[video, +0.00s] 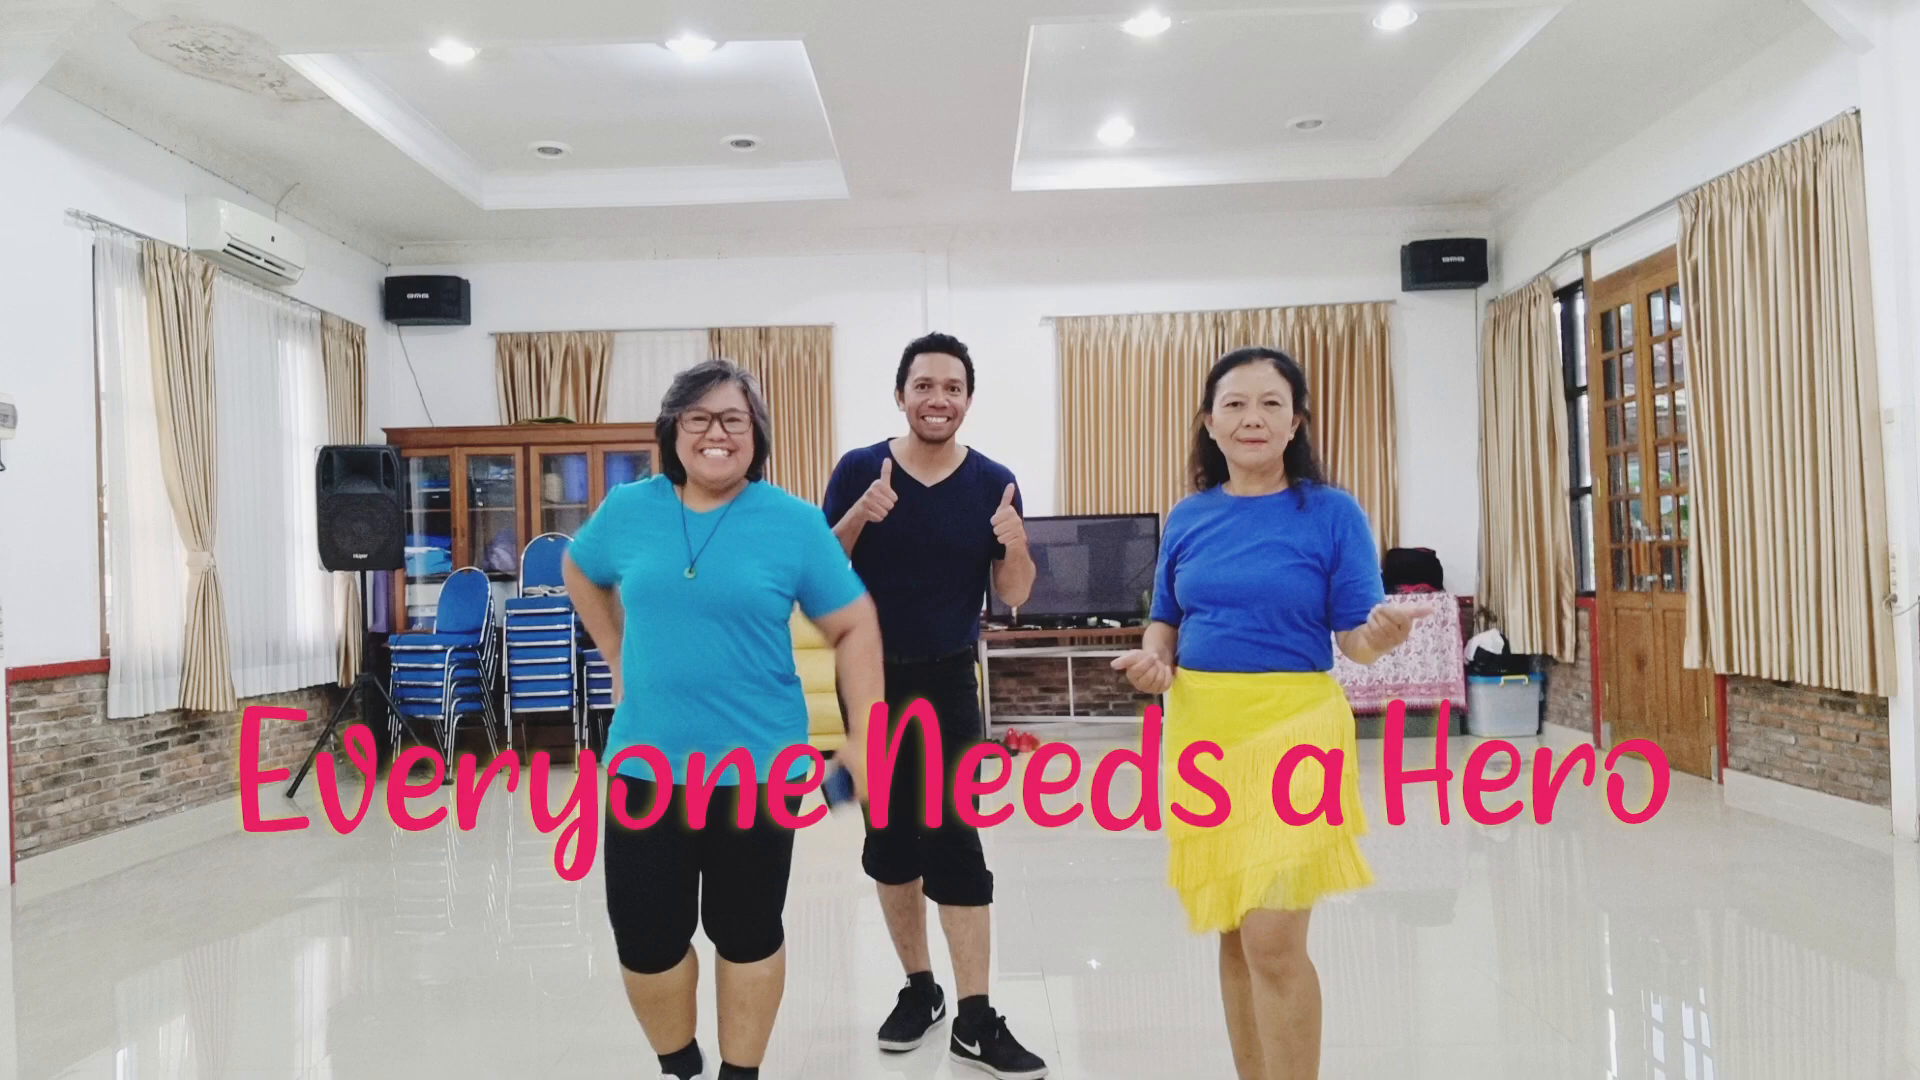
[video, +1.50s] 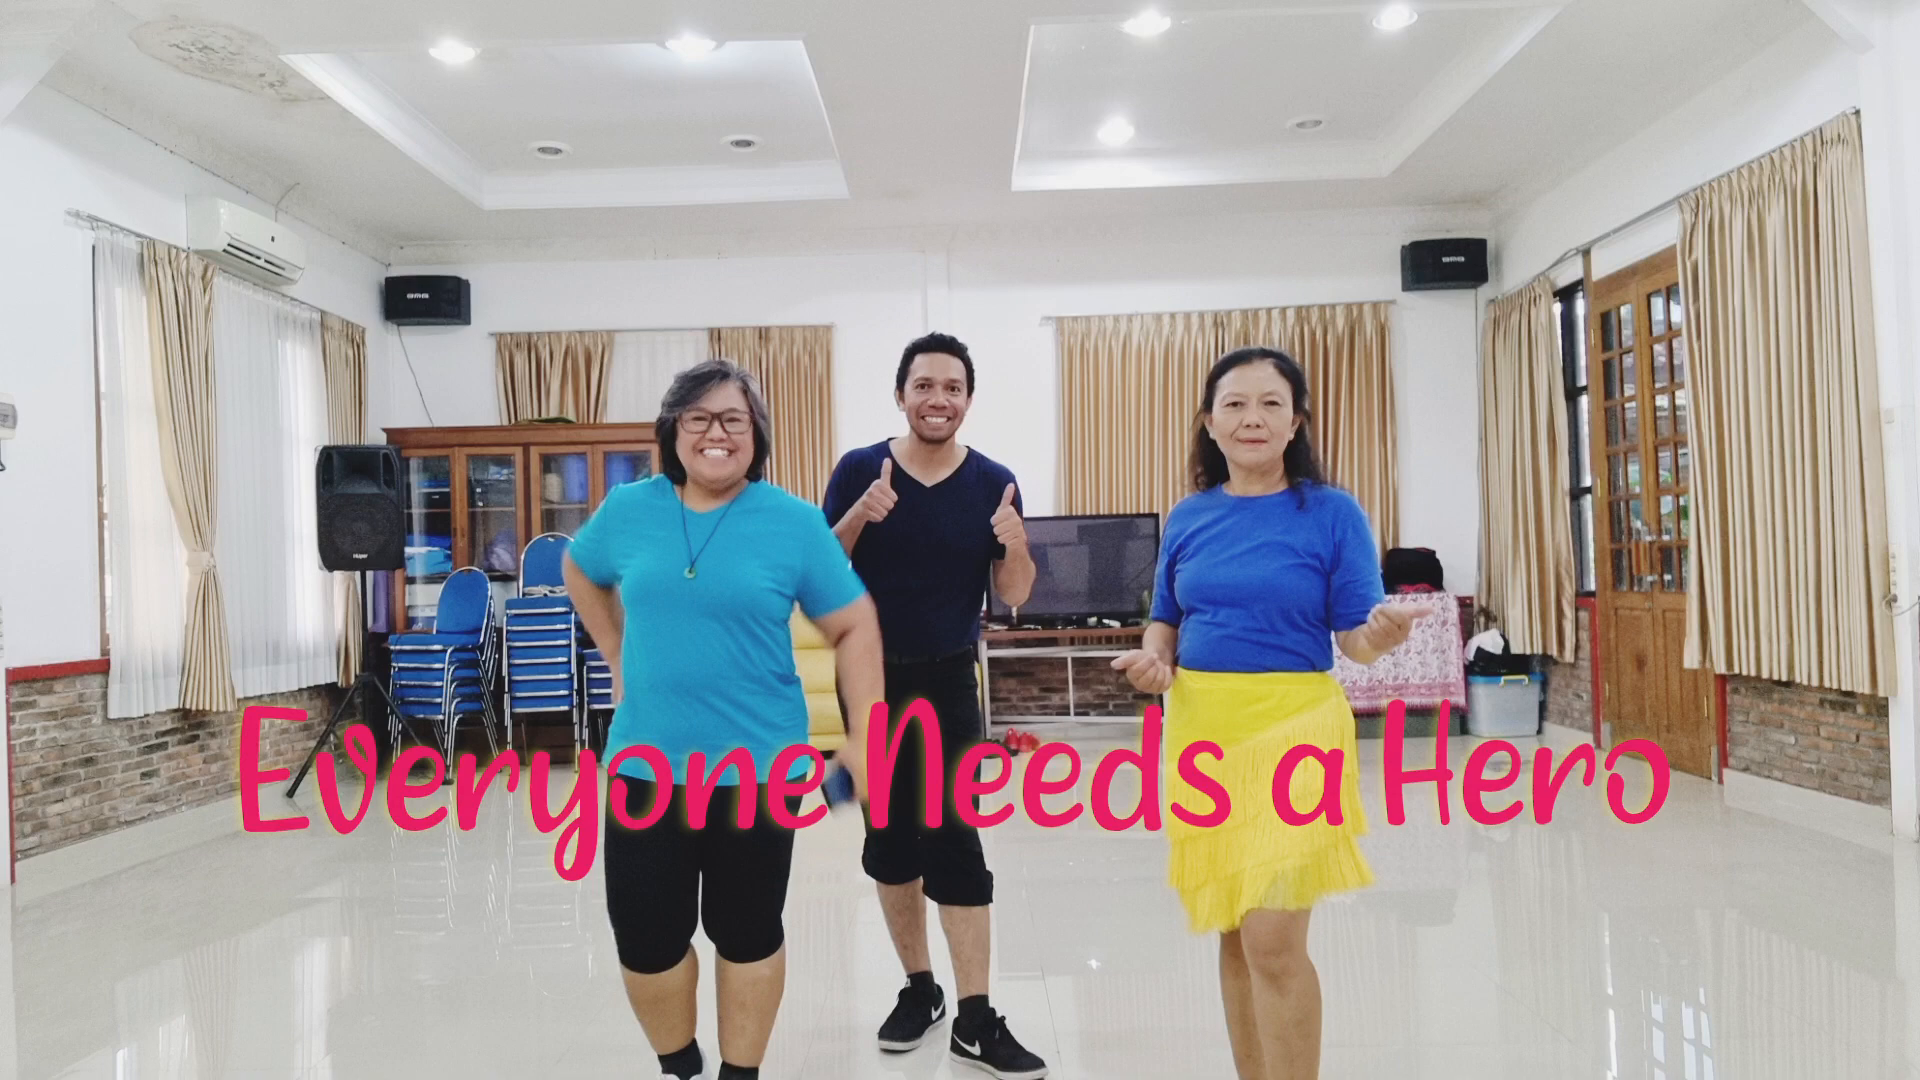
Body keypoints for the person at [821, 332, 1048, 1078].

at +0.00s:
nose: (938, 400)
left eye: (952, 388)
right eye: (924, 386)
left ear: (968, 399)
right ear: (900, 396)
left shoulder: (992, 483)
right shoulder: (858, 472)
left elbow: (1014, 595)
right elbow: (813, 570)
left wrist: (1015, 548)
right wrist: (854, 520)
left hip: (950, 676)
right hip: (872, 676)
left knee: (957, 841)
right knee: (892, 840)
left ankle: (975, 1014)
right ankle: (919, 990)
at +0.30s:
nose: (938, 400)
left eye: (952, 388)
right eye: (924, 386)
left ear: (968, 399)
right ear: (900, 396)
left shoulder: (992, 483)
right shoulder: (858, 472)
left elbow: (1014, 595)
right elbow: (813, 570)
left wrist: (1015, 548)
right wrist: (854, 520)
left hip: (950, 676)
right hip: (872, 676)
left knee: (957, 841)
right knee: (892, 840)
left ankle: (975, 1014)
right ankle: (919, 990)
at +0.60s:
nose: (938, 400)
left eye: (952, 388)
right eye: (924, 386)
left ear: (968, 399)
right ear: (900, 396)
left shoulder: (992, 483)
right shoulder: (858, 472)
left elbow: (1014, 595)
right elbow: (813, 570)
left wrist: (1015, 548)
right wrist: (854, 520)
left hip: (950, 676)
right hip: (872, 676)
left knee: (957, 841)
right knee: (892, 840)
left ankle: (975, 1014)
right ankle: (919, 990)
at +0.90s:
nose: (938, 400)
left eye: (952, 388)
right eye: (924, 386)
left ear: (968, 399)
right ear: (900, 396)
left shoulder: (992, 483)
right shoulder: (858, 472)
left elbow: (1014, 595)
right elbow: (813, 570)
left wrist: (1015, 548)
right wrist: (854, 520)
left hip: (950, 676)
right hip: (872, 676)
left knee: (957, 841)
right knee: (892, 840)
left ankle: (975, 1014)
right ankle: (919, 990)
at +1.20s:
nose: (938, 400)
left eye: (952, 388)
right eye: (924, 386)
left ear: (968, 399)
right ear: (900, 396)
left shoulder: (992, 483)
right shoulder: (858, 472)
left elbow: (1014, 595)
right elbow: (813, 570)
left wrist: (1015, 548)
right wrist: (854, 520)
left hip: (950, 676)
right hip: (872, 676)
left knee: (957, 841)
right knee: (892, 840)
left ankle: (975, 1014)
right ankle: (919, 990)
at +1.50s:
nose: (938, 400)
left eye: (952, 388)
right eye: (924, 386)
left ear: (968, 399)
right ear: (900, 396)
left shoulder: (992, 483)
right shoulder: (858, 472)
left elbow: (1014, 595)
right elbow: (813, 570)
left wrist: (1015, 548)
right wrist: (854, 520)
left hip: (950, 676)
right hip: (872, 676)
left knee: (957, 841)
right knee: (892, 840)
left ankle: (975, 1014)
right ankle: (919, 990)